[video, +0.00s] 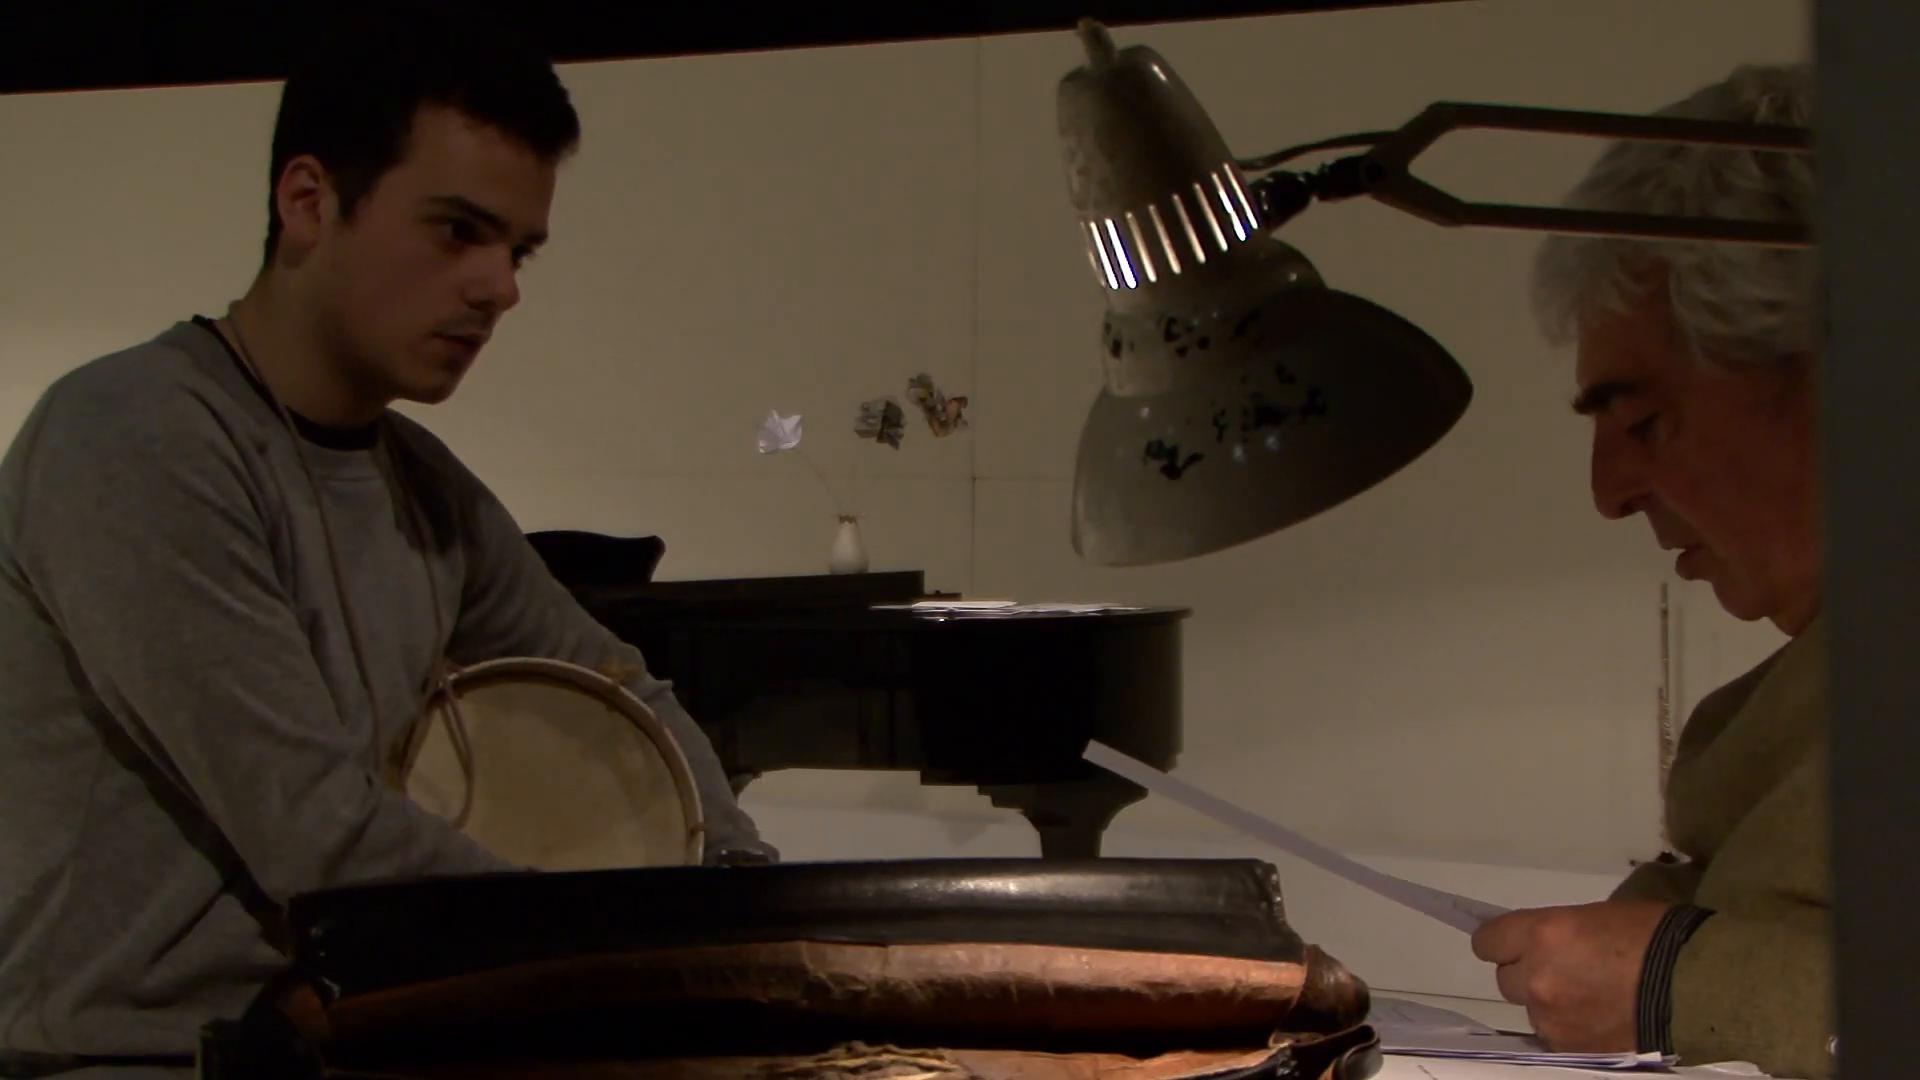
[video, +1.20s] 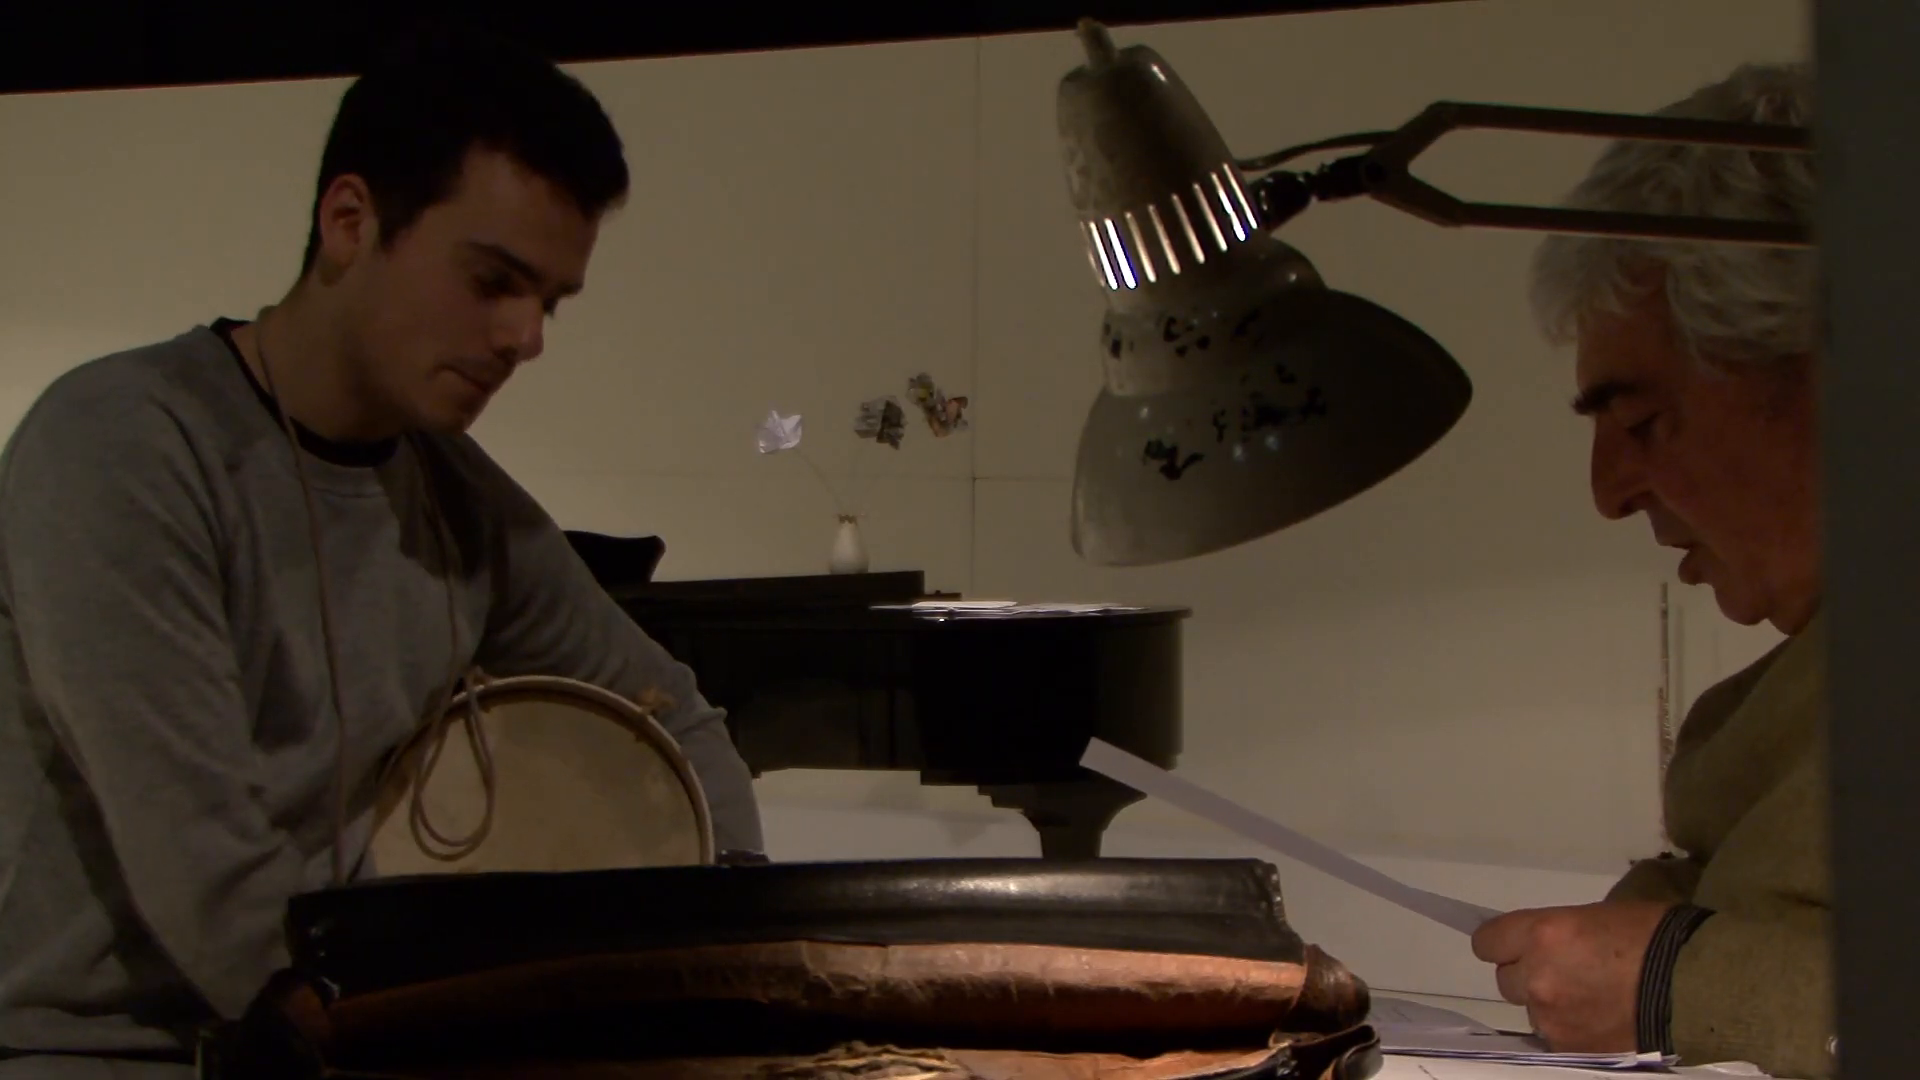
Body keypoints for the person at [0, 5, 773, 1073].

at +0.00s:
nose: (499, 289)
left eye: (517, 254)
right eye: (457, 231)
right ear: (306, 202)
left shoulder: (431, 491)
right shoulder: (123, 437)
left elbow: (617, 695)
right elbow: (318, 838)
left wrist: (753, 904)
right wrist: (632, 956)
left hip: (350, 1040)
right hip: (118, 1057)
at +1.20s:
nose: (523, 338)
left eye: (549, 301)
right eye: (493, 279)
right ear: (349, 224)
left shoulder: (459, 494)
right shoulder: (110, 445)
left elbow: (669, 719)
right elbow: (222, 898)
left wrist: (724, 947)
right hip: (89, 1045)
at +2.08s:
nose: (354, 459)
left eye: (382, 423)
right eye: (333, 401)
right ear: (210, 287)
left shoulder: (346, 521)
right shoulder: (15, 468)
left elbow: (539, 730)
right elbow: (12, 932)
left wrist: (573, 972)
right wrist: (191, 1062)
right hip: (44, 1041)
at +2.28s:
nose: (205, 483)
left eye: (239, 444)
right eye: (173, 429)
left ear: (276, 401)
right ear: (48, 312)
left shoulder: (240, 505)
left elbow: (411, 650)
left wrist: (543, 868)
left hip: (134, 1047)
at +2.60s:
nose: (148, 447)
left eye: (188, 404)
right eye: (107, 395)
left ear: (215, 357)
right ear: (8, 316)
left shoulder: (196, 473)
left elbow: (365, 623)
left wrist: (574, 750)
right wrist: (19, 984)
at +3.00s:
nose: (485, 459)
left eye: (513, 417)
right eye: (457, 405)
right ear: (319, 289)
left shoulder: (471, 498)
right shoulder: (33, 475)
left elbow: (570, 776)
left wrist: (753, 913)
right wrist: (221, 914)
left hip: (366, 1051)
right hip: (69, 1059)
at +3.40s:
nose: (573, 490)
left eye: (602, 451)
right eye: (552, 432)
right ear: (426, 304)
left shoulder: (541, 520)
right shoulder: (84, 444)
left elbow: (563, 865)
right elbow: (8, 844)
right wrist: (248, 727)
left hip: (363, 1043)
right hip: (79, 1042)